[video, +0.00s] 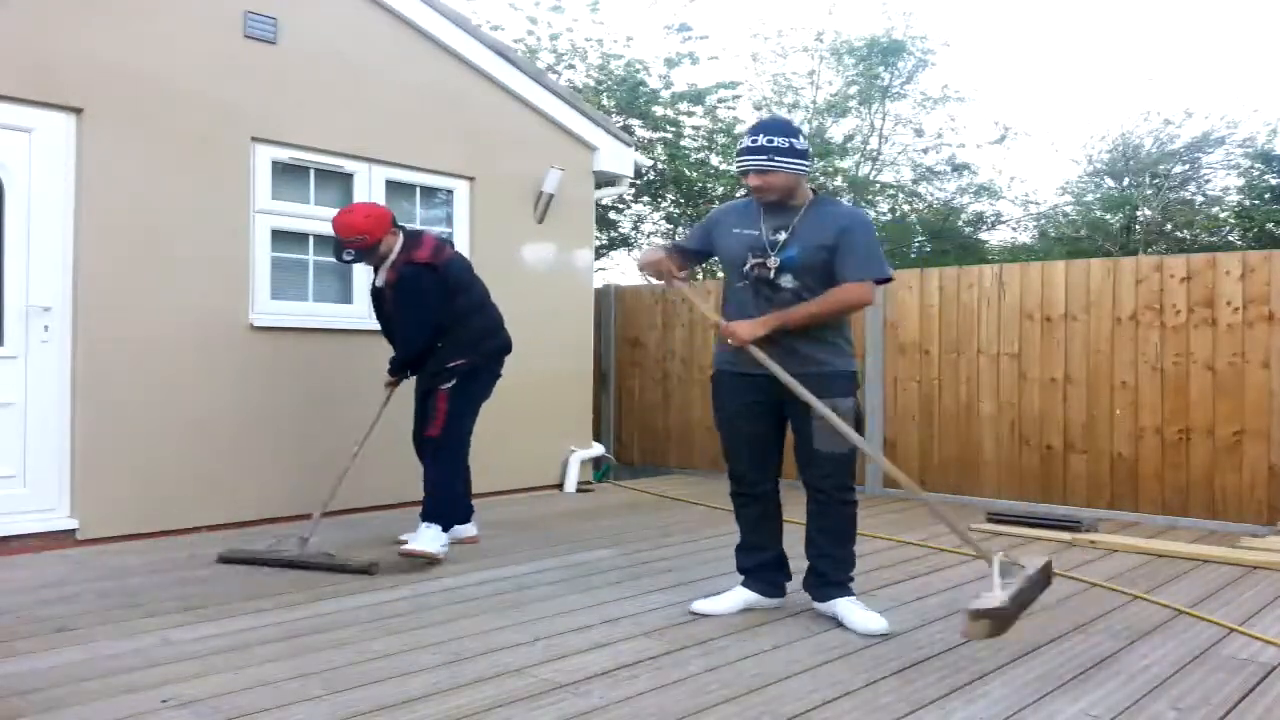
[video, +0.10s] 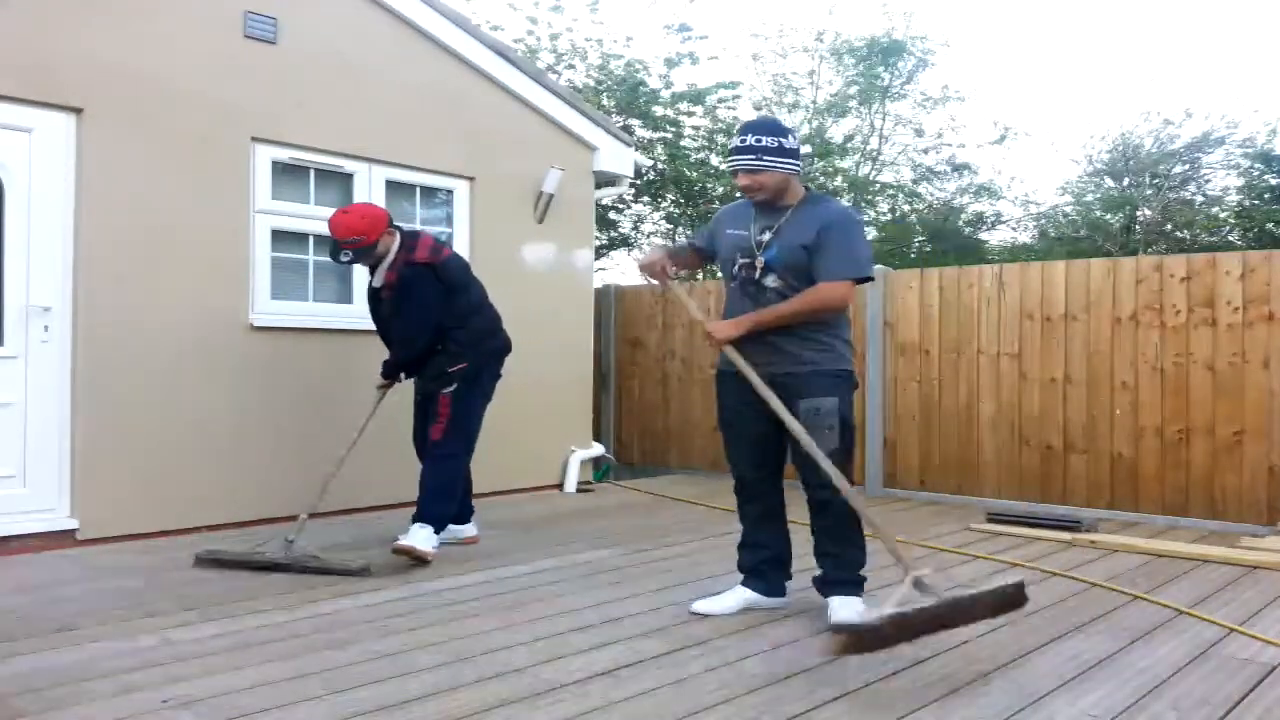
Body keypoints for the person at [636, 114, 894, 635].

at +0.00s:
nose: (752, 181)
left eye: (763, 171)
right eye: (747, 171)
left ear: (796, 169)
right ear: (742, 170)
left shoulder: (844, 219)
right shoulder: (728, 218)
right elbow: (673, 258)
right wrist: (659, 262)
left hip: (821, 375)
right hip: (744, 372)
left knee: (830, 485)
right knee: (750, 482)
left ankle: (832, 591)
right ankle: (762, 584)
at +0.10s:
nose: (743, 181)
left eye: (753, 171)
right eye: (738, 171)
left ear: (787, 167)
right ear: (735, 169)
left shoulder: (832, 218)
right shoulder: (731, 218)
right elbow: (695, 254)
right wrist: (665, 257)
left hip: (813, 373)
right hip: (742, 370)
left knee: (825, 482)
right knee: (753, 483)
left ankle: (843, 590)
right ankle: (764, 583)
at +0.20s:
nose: (736, 184)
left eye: (747, 173)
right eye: (730, 174)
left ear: (779, 168)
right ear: (726, 173)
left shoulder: (820, 219)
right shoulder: (741, 214)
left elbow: (818, 296)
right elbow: (731, 250)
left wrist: (736, 327)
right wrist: (689, 260)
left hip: (810, 372)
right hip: (753, 370)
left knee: (819, 482)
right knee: (758, 482)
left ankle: (848, 589)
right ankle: (764, 585)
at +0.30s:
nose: (729, 191)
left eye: (737, 180)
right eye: (724, 181)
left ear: (770, 172)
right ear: (728, 176)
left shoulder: (809, 219)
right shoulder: (754, 218)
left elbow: (799, 301)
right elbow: (742, 257)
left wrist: (735, 329)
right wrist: (714, 267)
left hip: (811, 370)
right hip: (763, 368)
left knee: (815, 483)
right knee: (765, 482)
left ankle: (835, 593)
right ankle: (765, 583)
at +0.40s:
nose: (727, 193)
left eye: (734, 182)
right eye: (721, 183)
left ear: (765, 172)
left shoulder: (802, 220)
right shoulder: (766, 217)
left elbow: (789, 307)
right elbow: (765, 267)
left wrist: (735, 334)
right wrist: (740, 279)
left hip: (819, 367)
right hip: (777, 364)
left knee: (814, 479)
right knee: (771, 478)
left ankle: (835, 593)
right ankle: (765, 584)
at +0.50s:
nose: (725, 197)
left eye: (732, 185)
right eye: (719, 186)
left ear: (763, 175)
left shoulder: (800, 222)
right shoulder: (772, 222)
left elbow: (786, 311)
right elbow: (760, 291)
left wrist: (744, 335)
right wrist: (753, 330)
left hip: (829, 364)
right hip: (791, 361)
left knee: (819, 478)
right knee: (776, 477)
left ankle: (835, 593)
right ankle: (765, 582)